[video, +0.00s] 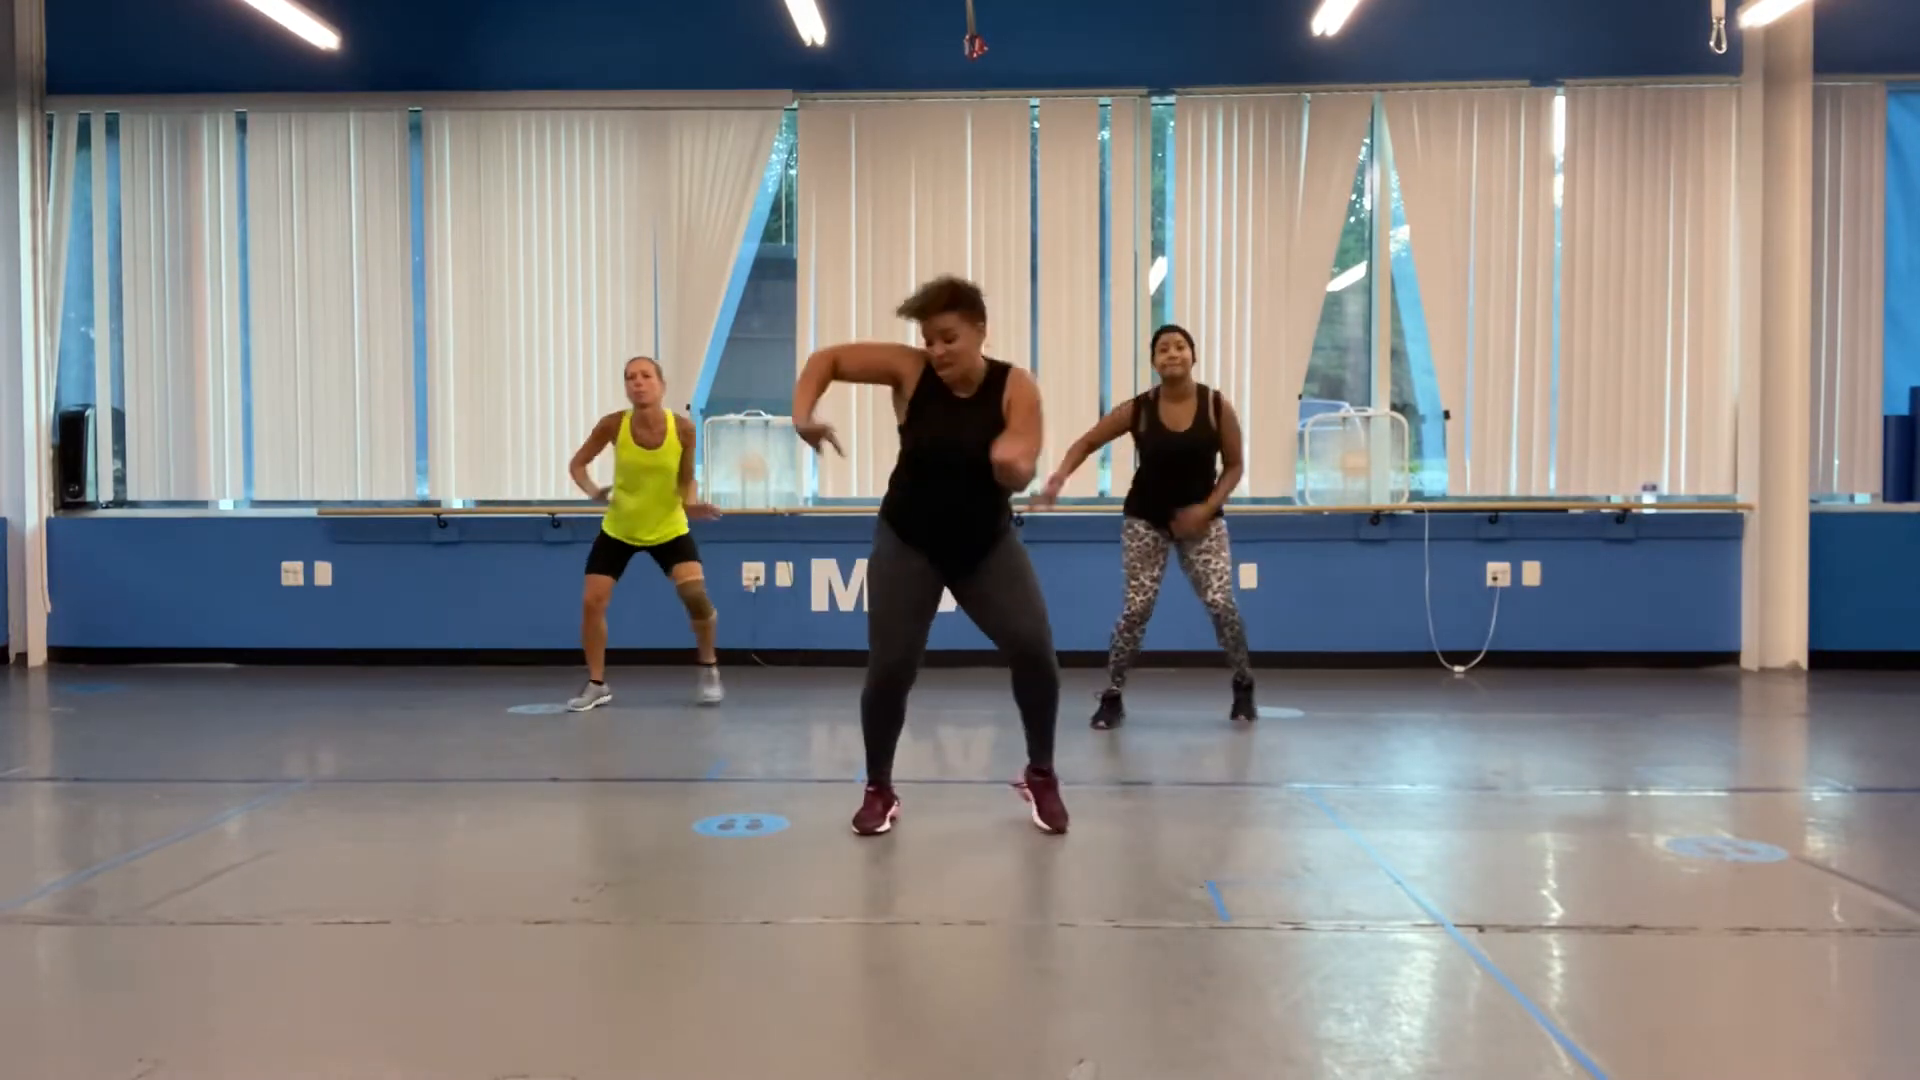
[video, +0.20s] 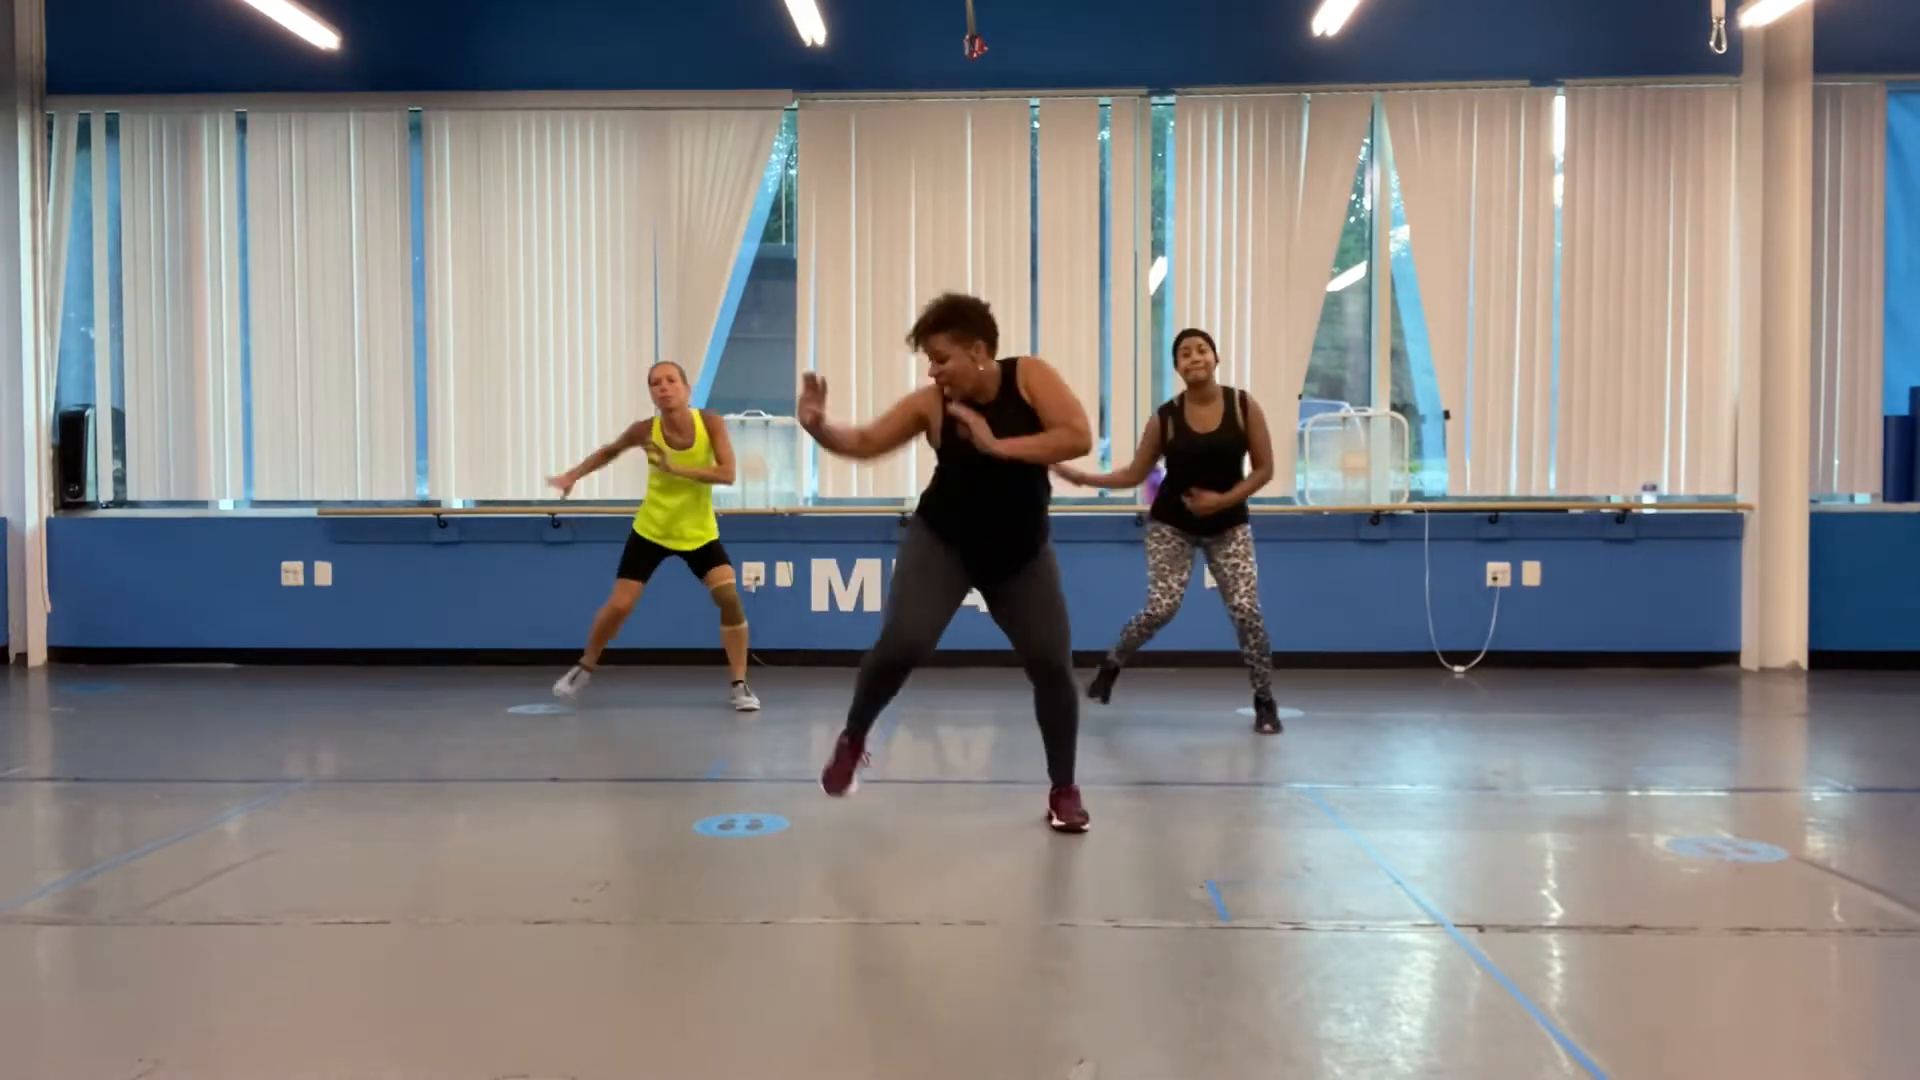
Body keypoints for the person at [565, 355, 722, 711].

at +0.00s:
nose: (638, 383)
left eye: (645, 376)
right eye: (631, 378)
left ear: (662, 385)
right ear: (626, 388)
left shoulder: (683, 428)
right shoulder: (614, 424)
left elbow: (687, 477)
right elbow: (577, 465)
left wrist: (691, 504)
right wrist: (594, 492)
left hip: (668, 524)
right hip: (620, 523)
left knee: (695, 594)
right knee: (593, 601)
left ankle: (709, 668)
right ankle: (596, 684)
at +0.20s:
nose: (663, 388)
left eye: (670, 381)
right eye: (656, 384)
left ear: (687, 388)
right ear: (650, 395)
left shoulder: (711, 423)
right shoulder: (645, 430)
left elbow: (728, 474)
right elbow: (610, 452)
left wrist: (674, 469)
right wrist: (574, 474)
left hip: (698, 530)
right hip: (652, 528)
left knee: (729, 597)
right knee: (619, 605)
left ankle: (740, 685)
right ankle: (584, 668)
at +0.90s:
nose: (569, 384)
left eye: (577, 378)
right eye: (564, 379)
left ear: (594, 387)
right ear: (558, 390)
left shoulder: (620, 420)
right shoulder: (554, 426)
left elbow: (667, 443)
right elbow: (548, 479)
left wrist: (719, 460)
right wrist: (586, 469)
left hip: (641, 525)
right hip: (598, 529)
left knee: (651, 602)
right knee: (552, 590)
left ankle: (677, 680)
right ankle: (566, 675)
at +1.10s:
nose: (540, 389)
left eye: (548, 384)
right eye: (534, 384)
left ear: (565, 393)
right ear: (528, 393)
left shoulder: (586, 425)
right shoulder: (522, 427)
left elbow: (636, 439)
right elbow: (511, 467)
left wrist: (679, 446)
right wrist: (547, 441)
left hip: (603, 527)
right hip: (561, 532)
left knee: (621, 603)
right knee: (524, 598)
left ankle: (677, 671)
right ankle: (516, 685)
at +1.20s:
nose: (532, 391)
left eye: (541, 386)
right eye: (527, 386)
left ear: (558, 394)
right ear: (521, 394)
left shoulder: (581, 430)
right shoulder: (514, 434)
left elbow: (615, 460)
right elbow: (503, 485)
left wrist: (654, 477)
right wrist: (536, 458)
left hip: (594, 532)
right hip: (550, 534)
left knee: (596, 605)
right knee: (512, 598)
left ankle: (628, 663)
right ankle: (516, 685)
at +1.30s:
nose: (539, 387)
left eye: (547, 381)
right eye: (533, 382)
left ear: (564, 390)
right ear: (527, 392)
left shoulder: (589, 433)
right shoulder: (518, 435)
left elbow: (605, 481)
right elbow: (502, 488)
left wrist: (631, 516)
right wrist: (527, 491)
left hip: (590, 530)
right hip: (543, 531)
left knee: (597, 603)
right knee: (507, 598)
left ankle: (612, 669)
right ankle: (514, 684)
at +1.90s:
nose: (565, 380)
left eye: (573, 374)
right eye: (560, 374)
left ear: (590, 384)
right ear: (554, 384)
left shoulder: (611, 420)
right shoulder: (544, 425)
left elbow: (652, 450)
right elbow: (549, 476)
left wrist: (674, 470)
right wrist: (546, 491)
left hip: (625, 524)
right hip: (580, 528)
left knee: (649, 599)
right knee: (541, 594)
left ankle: (681, 679)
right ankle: (532, 679)